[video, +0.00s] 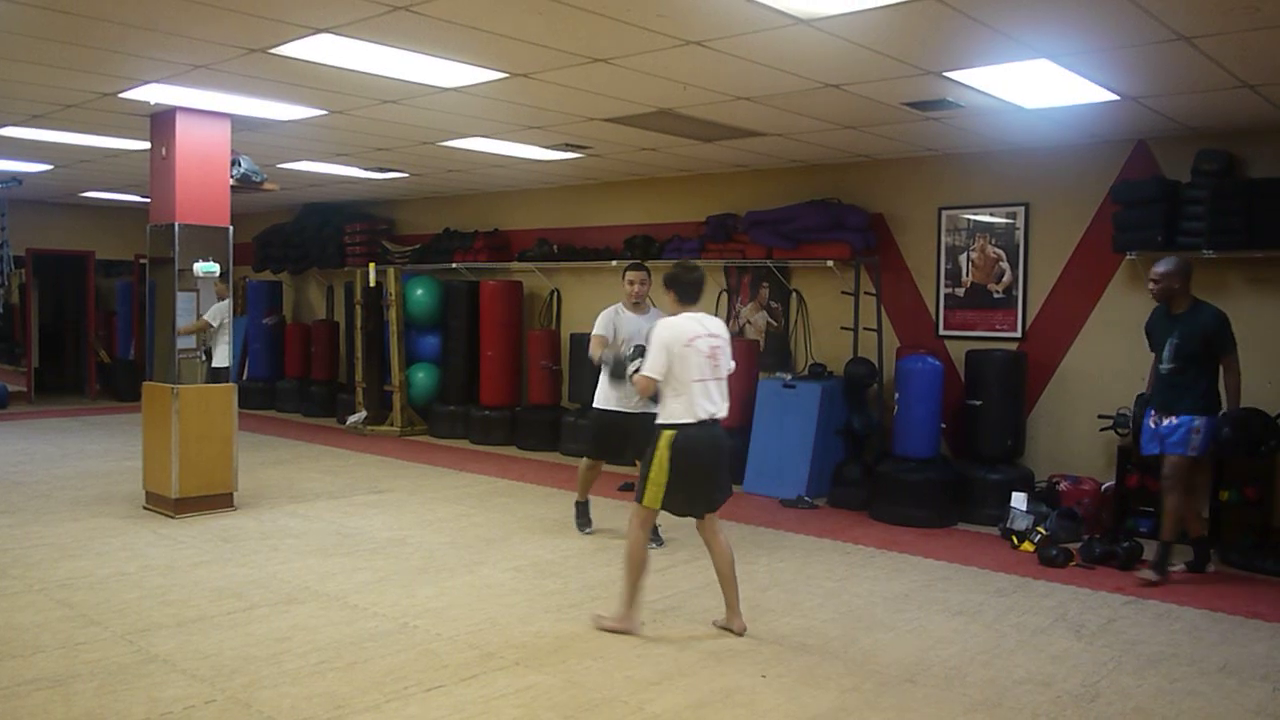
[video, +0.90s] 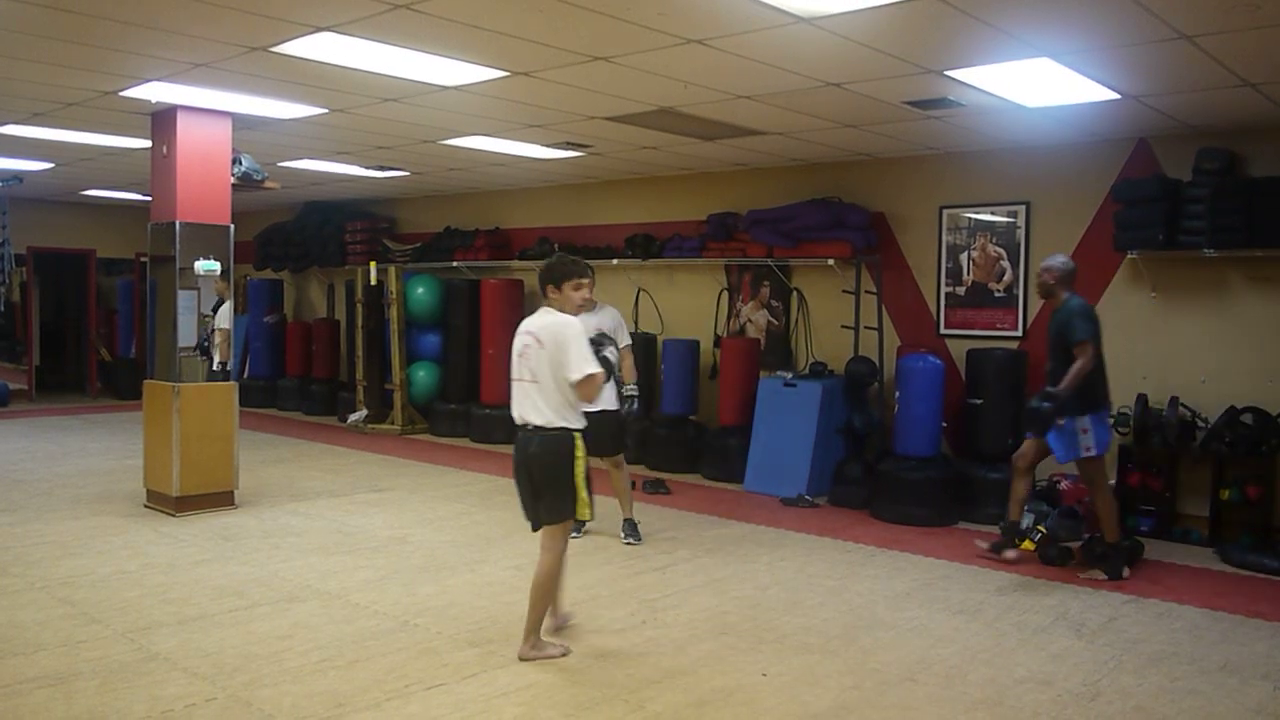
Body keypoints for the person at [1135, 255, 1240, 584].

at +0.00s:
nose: (1150, 287)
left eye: (1157, 281)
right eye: (1150, 281)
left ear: (1180, 283)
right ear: (1155, 284)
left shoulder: (1212, 320)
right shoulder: (1156, 320)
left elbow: (1231, 368)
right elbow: (1158, 360)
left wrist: (1232, 415)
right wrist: (1148, 399)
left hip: (1196, 414)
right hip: (1162, 413)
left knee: (1171, 477)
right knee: (1184, 483)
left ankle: (1160, 560)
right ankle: (1201, 553)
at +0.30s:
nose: (1119, 287)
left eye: (1125, 281)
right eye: (1119, 281)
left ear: (1145, 284)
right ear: (1135, 284)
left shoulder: (1172, 322)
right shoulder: (1130, 324)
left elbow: (1192, 372)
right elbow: (1133, 374)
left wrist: (1192, 418)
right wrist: (1124, 413)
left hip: (1157, 416)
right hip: (1136, 414)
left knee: (1123, 476)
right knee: (1165, 483)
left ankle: (1119, 558)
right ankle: (1198, 543)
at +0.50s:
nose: (1092, 283)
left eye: (1098, 279)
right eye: (1093, 278)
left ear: (1119, 282)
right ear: (1110, 283)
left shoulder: (1142, 316)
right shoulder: (1111, 317)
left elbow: (1157, 366)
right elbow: (1113, 369)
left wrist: (1152, 413)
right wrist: (1105, 406)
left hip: (1129, 415)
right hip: (1111, 414)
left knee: (1114, 482)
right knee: (1115, 481)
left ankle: (1117, 556)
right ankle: (1166, 523)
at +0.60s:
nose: (1079, 281)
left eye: (1085, 276)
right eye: (1079, 275)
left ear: (1105, 278)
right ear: (1098, 278)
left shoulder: (1127, 311)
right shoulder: (1104, 311)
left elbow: (1140, 362)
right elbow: (1106, 365)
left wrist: (1125, 411)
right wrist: (1097, 407)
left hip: (1123, 417)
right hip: (1102, 413)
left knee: (1114, 483)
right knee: (1078, 466)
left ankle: (1117, 558)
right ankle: (1124, 511)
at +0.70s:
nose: (1066, 278)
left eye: (1072, 273)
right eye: (1067, 272)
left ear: (1090, 276)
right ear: (1085, 277)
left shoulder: (1111, 308)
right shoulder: (1092, 308)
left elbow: (1123, 357)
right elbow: (1095, 361)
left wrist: (1097, 405)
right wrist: (1082, 401)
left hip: (1116, 408)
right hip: (1089, 403)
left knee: (1112, 480)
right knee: (1051, 455)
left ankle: (1118, 558)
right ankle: (1091, 517)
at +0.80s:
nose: (1053, 279)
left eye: (1058, 274)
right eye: (1054, 273)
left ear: (1076, 277)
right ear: (1072, 277)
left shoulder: (1095, 308)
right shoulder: (1078, 309)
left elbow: (1104, 356)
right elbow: (1080, 360)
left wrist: (1075, 398)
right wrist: (1066, 398)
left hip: (1102, 410)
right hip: (1078, 407)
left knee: (1107, 480)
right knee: (1033, 455)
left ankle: (1117, 556)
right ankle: (1050, 527)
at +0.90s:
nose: (1037, 280)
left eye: (1042, 274)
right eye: (1038, 274)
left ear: (1057, 278)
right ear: (1054, 278)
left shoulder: (1076, 310)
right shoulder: (1059, 311)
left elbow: (1086, 358)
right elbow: (1064, 362)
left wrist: (1054, 398)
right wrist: (1046, 397)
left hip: (1084, 412)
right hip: (1060, 410)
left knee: (1096, 480)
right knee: (1022, 461)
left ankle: (1114, 553)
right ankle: (1009, 536)